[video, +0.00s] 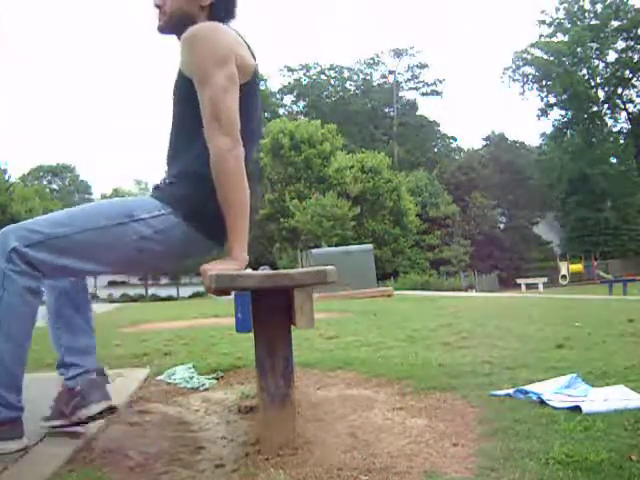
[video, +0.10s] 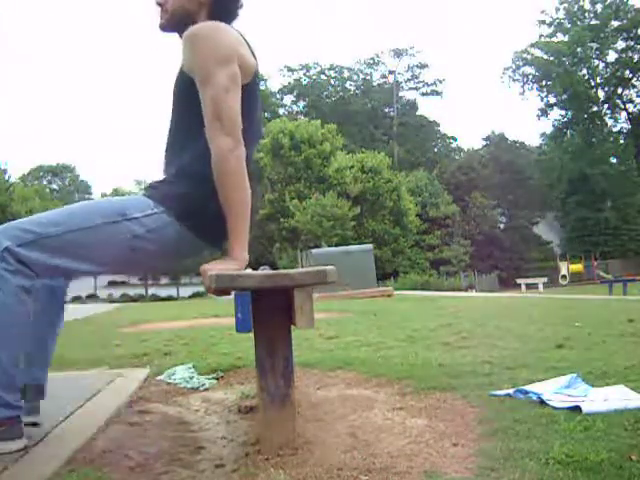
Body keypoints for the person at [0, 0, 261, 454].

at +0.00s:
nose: (158, 1)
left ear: (202, 1)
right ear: (206, 5)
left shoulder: (208, 38)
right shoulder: (224, 42)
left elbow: (227, 144)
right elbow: (231, 149)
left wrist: (237, 254)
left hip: (176, 219)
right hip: (187, 223)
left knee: (16, 247)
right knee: (55, 252)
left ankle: (6, 417)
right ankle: (83, 383)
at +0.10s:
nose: (160, 3)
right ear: (206, 3)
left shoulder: (210, 36)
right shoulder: (226, 42)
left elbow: (228, 145)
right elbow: (230, 149)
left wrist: (238, 253)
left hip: (173, 217)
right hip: (185, 224)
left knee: (12, 247)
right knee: (41, 261)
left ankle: (5, 419)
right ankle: (23, 403)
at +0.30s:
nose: (168, 4)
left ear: (205, 2)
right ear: (213, 7)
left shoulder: (213, 35)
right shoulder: (232, 49)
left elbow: (231, 143)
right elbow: (228, 151)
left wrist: (238, 255)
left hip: (153, 220)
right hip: (169, 236)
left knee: (4, 245)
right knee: (16, 304)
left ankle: (4, 419)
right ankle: (4, 422)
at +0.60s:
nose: (164, 6)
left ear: (200, 4)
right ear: (205, 9)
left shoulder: (198, 38)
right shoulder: (205, 52)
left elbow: (221, 142)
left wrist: (238, 253)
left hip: (117, 219)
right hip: (136, 239)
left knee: (3, 238)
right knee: (12, 318)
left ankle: (3, 415)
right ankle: (2, 418)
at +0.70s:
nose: (160, 5)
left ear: (196, 4)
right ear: (201, 10)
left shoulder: (191, 39)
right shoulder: (202, 54)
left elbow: (218, 144)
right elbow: (214, 154)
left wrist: (237, 253)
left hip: (104, 220)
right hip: (124, 240)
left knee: (2, 243)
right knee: (7, 318)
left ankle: (0, 412)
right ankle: (0, 415)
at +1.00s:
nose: (154, 5)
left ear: (189, 6)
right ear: (189, 9)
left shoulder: (188, 42)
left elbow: (216, 148)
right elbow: (207, 175)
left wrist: (236, 255)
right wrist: (237, 251)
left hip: (90, 219)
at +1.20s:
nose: (153, 6)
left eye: (163, 0)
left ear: (187, 6)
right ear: (186, 9)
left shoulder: (184, 44)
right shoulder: (187, 52)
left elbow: (213, 148)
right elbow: (207, 167)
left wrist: (236, 254)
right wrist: (236, 251)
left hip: (93, 229)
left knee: (3, 318)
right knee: (3, 323)